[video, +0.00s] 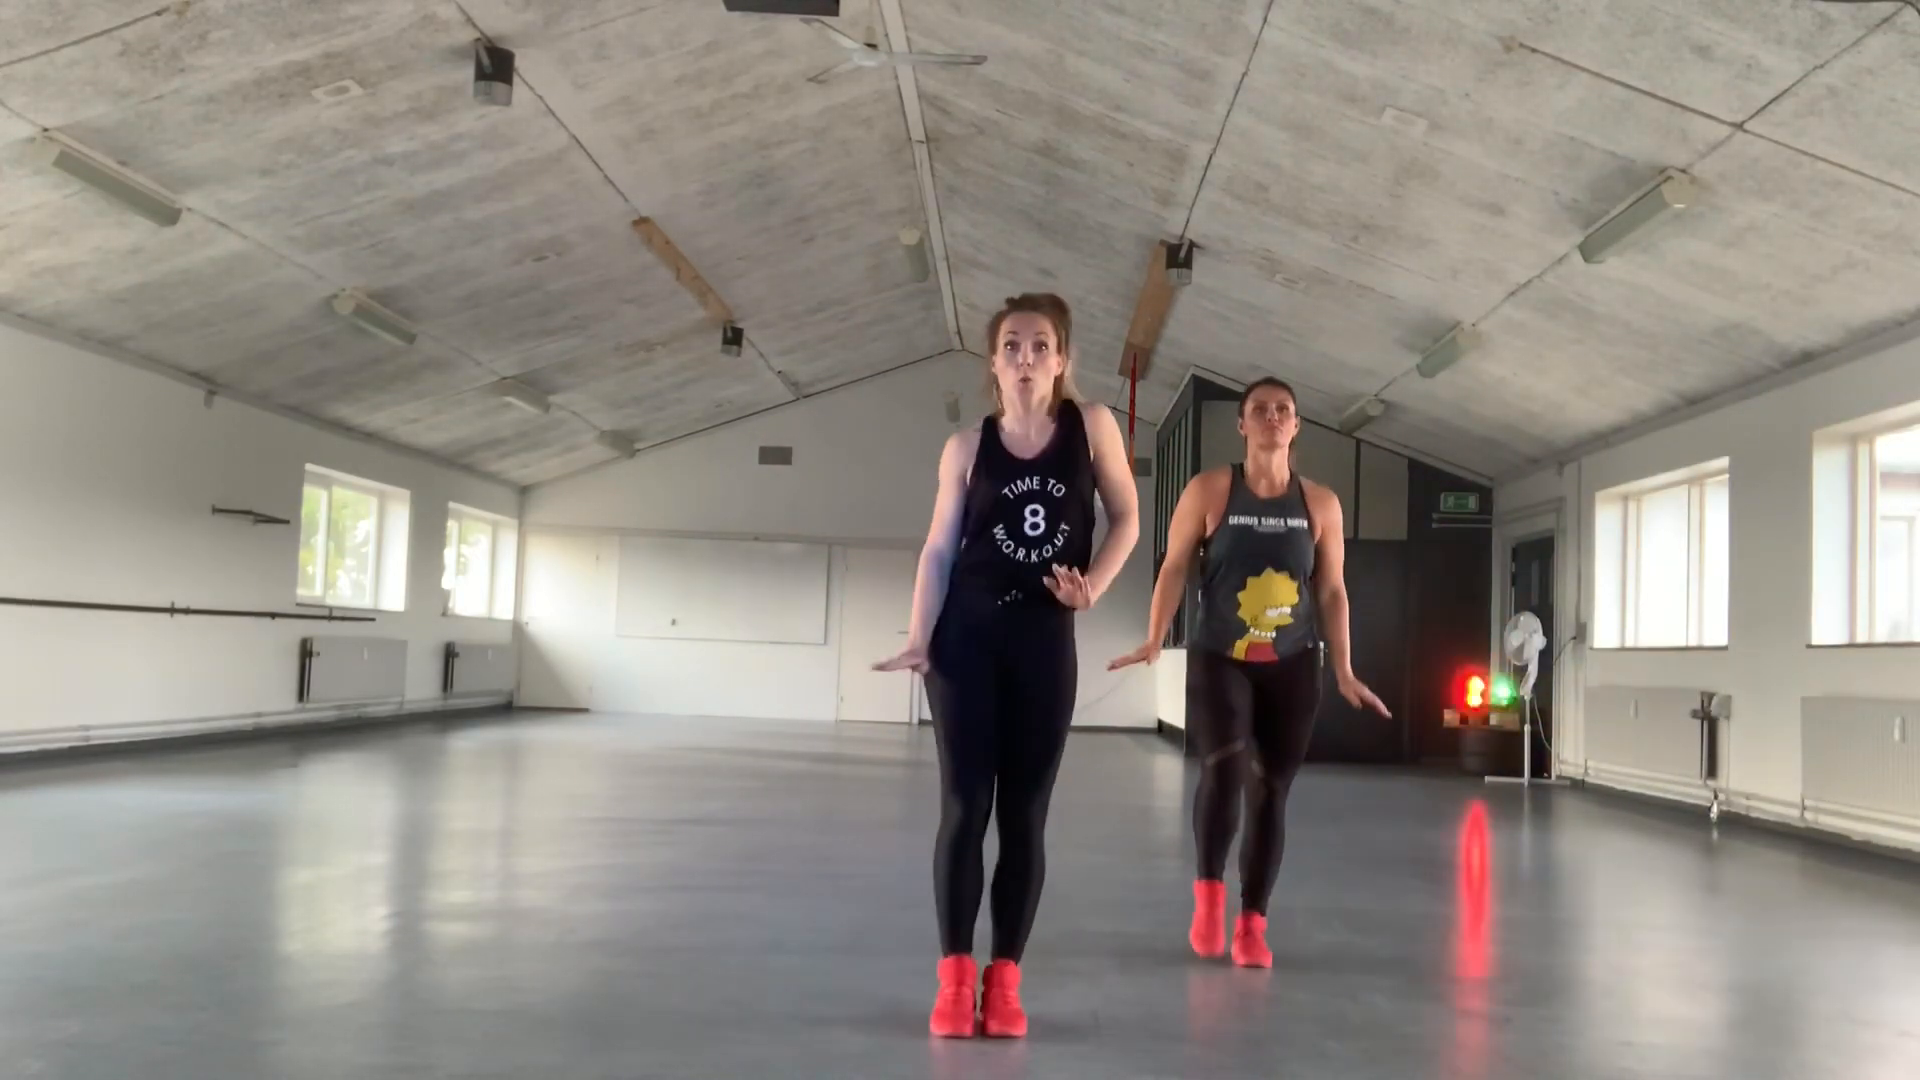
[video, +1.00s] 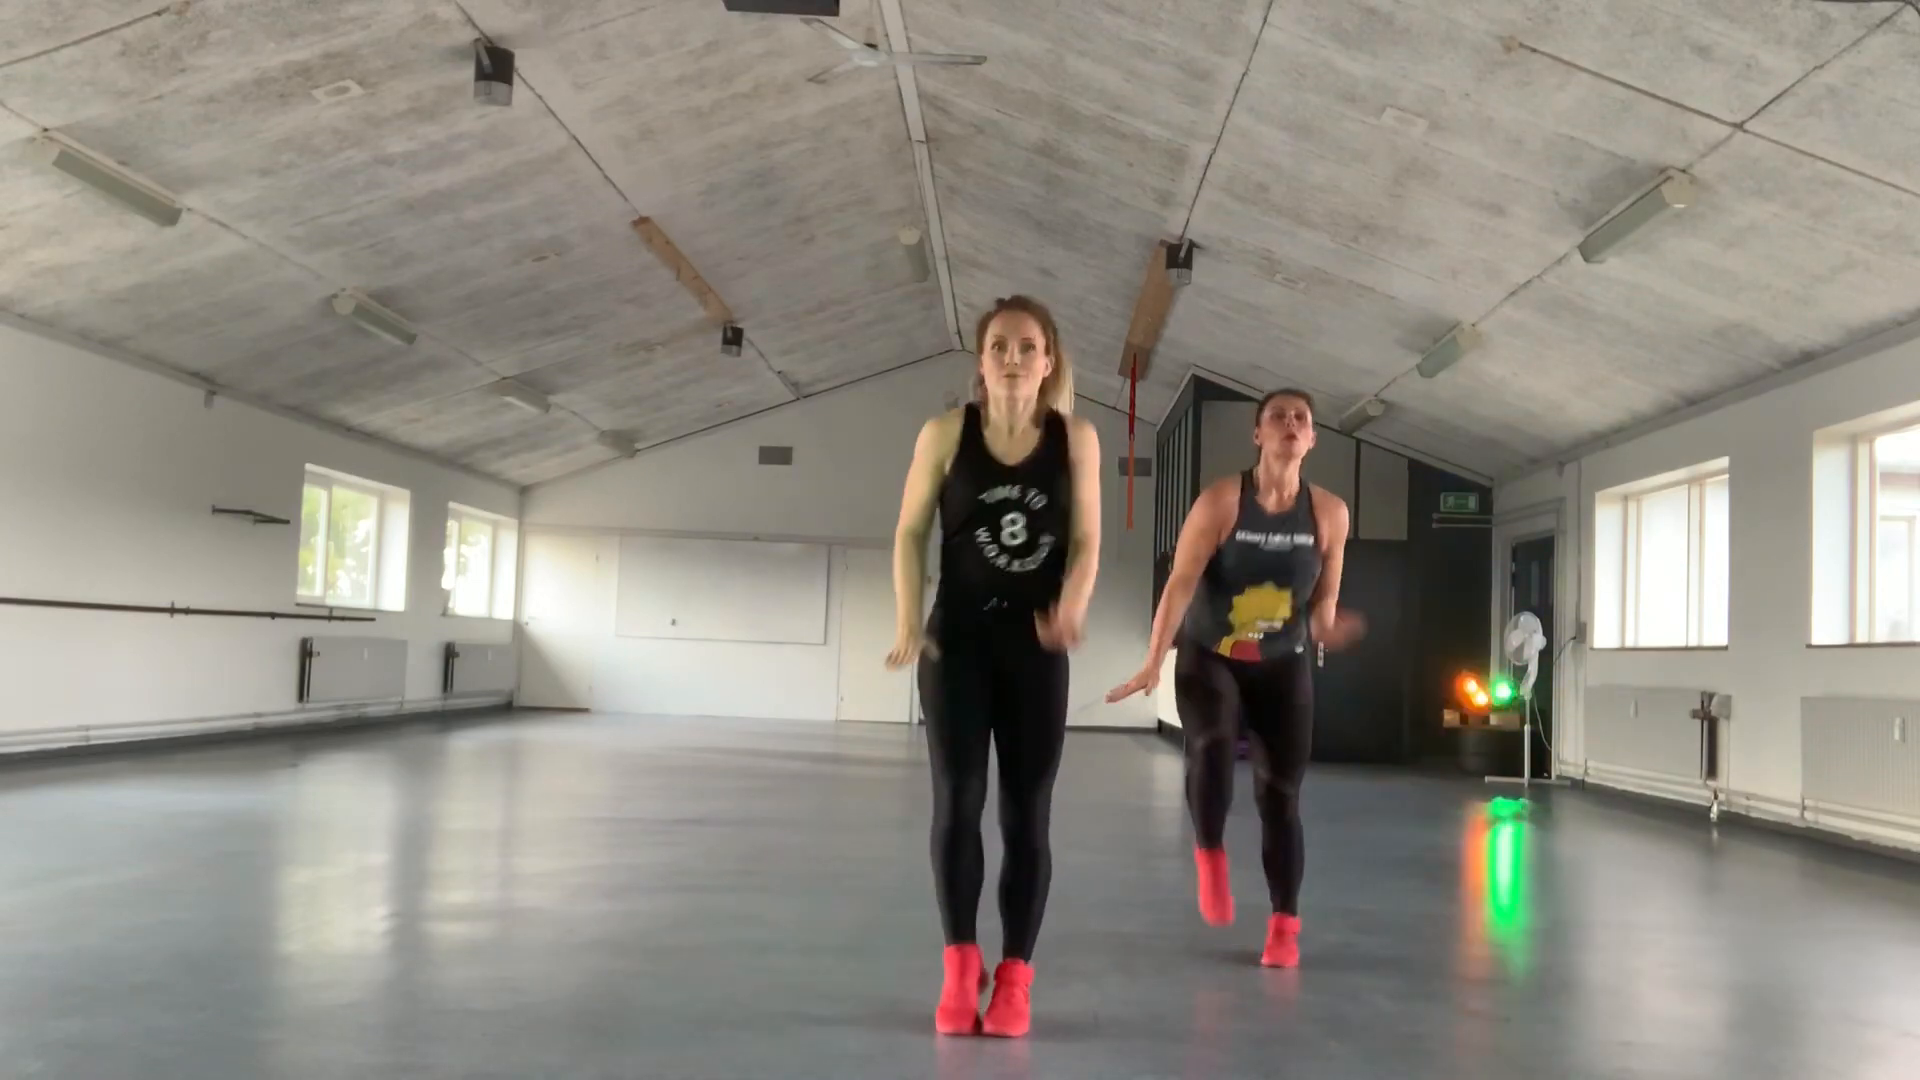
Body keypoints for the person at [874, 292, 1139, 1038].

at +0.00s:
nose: (1024, 357)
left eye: (1039, 345)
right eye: (1012, 345)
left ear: (1063, 357)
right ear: (992, 358)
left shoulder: (1091, 426)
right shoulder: (966, 447)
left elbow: (1125, 515)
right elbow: (938, 548)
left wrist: (1093, 584)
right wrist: (918, 636)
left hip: (1042, 641)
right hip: (965, 640)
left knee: (1023, 816)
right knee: (967, 810)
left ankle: (1005, 974)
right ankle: (955, 971)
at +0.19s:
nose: (1027, 375)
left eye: (1042, 364)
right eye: (1015, 363)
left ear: (1063, 378)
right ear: (996, 376)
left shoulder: (1088, 467)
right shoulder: (963, 441)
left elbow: (1100, 571)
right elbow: (929, 533)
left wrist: (1095, 657)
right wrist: (929, 615)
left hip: (1053, 663)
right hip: (974, 656)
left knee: (1034, 825)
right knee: (978, 797)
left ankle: (1005, 975)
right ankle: (951, 934)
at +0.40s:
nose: (1026, 357)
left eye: (1041, 346)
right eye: (1014, 345)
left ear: (1064, 359)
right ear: (995, 358)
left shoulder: (1095, 446)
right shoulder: (966, 435)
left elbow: (1108, 544)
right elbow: (939, 534)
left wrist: (1095, 607)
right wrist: (926, 615)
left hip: (1048, 645)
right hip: (969, 640)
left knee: (1027, 814)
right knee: (977, 798)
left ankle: (1007, 972)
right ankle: (959, 947)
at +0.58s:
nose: (1028, 363)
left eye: (1042, 353)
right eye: (1015, 351)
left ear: (1064, 368)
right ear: (996, 366)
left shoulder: (1094, 459)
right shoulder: (963, 445)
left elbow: (1107, 566)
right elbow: (933, 545)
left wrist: (1091, 639)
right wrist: (922, 631)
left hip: (1050, 656)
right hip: (970, 650)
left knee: (1029, 820)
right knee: (972, 806)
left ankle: (1005, 974)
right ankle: (950, 961)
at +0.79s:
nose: (1023, 360)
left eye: (1037, 349)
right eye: (1010, 348)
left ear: (1057, 364)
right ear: (990, 362)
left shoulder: (1087, 456)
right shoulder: (958, 436)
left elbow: (1103, 558)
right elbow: (924, 531)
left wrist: (1090, 628)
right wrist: (931, 597)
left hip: (1047, 653)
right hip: (967, 647)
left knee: (1033, 817)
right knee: (969, 797)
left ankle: (1009, 974)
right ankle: (959, 932)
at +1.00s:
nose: (1011, 358)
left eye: (1026, 347)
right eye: (999, 346)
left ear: (1050, 360)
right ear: (980, 358)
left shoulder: (1076, 440)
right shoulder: (943, 434)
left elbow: (1087, 541)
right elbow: (910, 535)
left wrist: (1072, 605)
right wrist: (908, 623)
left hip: (1036, 641)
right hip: (957, 639)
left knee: (1024, 815)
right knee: (958, 807)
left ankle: (1015, 970)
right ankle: (960, 961)